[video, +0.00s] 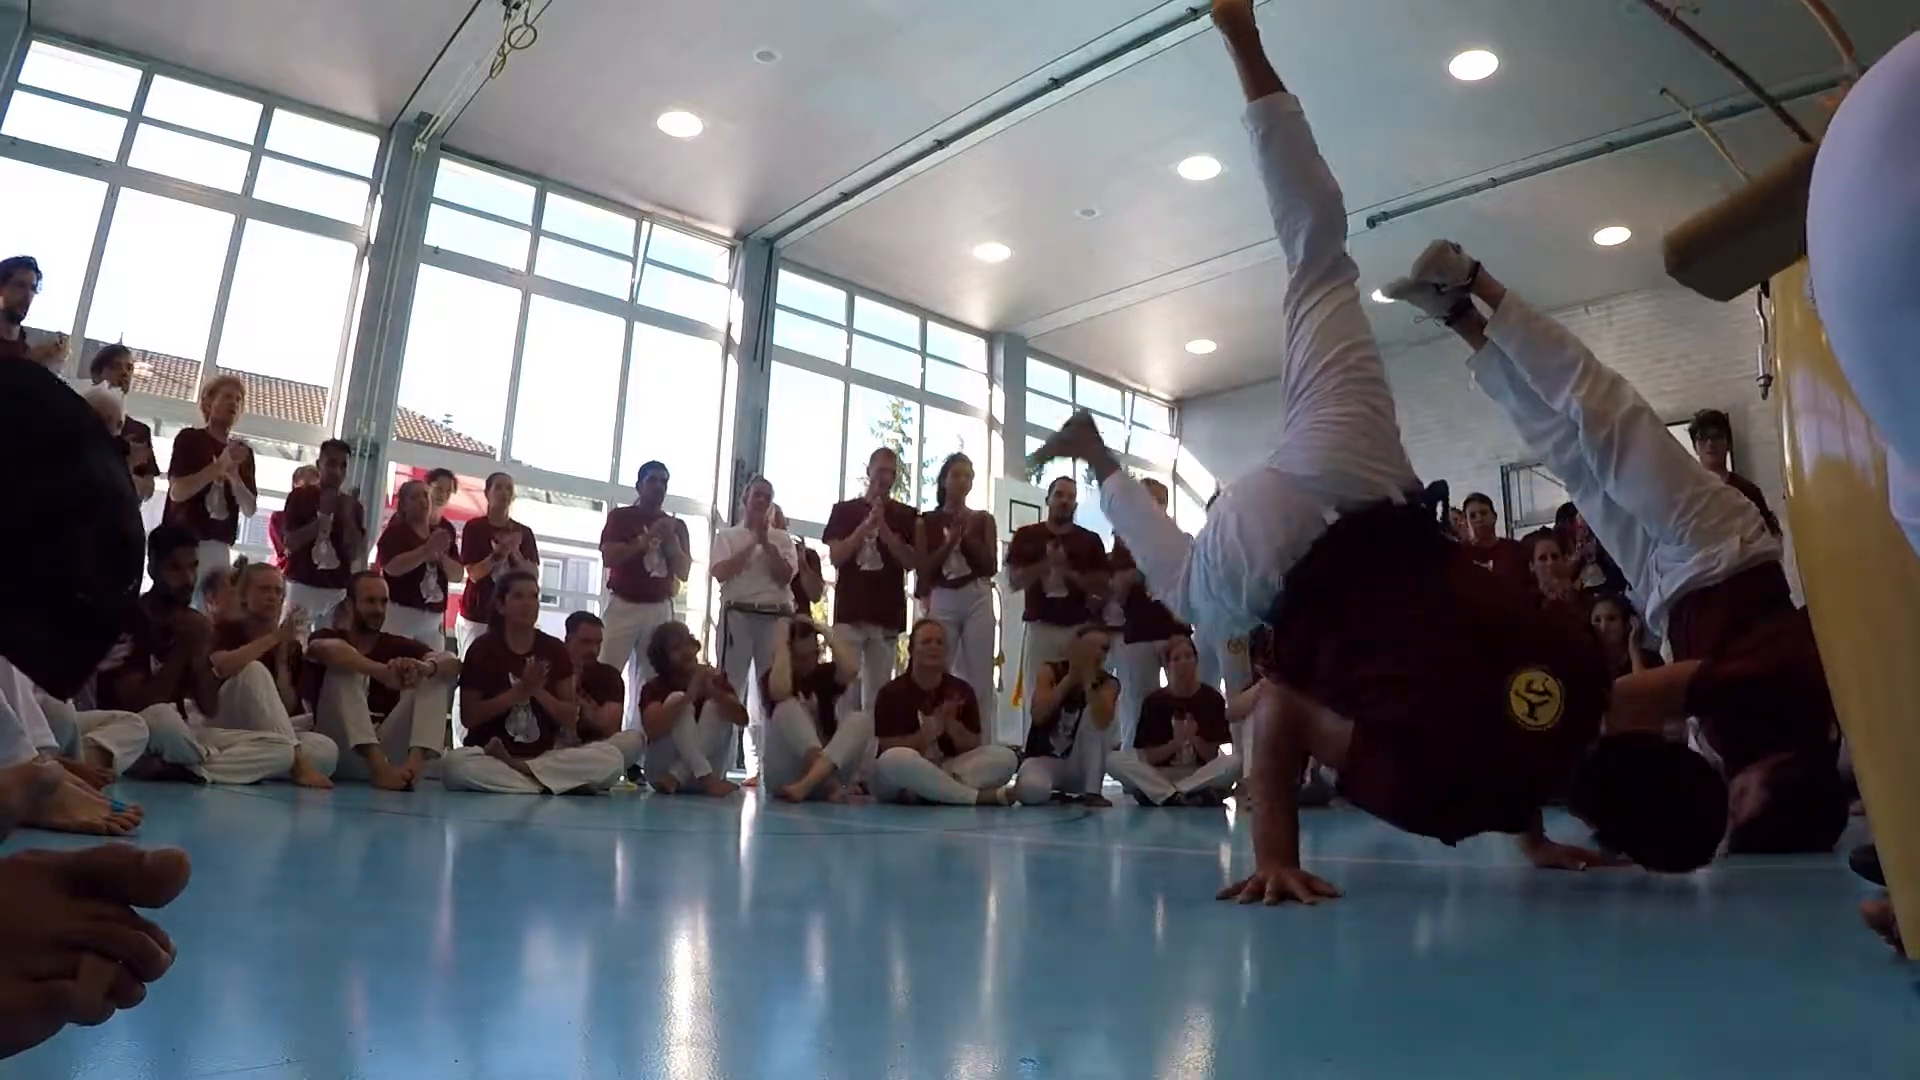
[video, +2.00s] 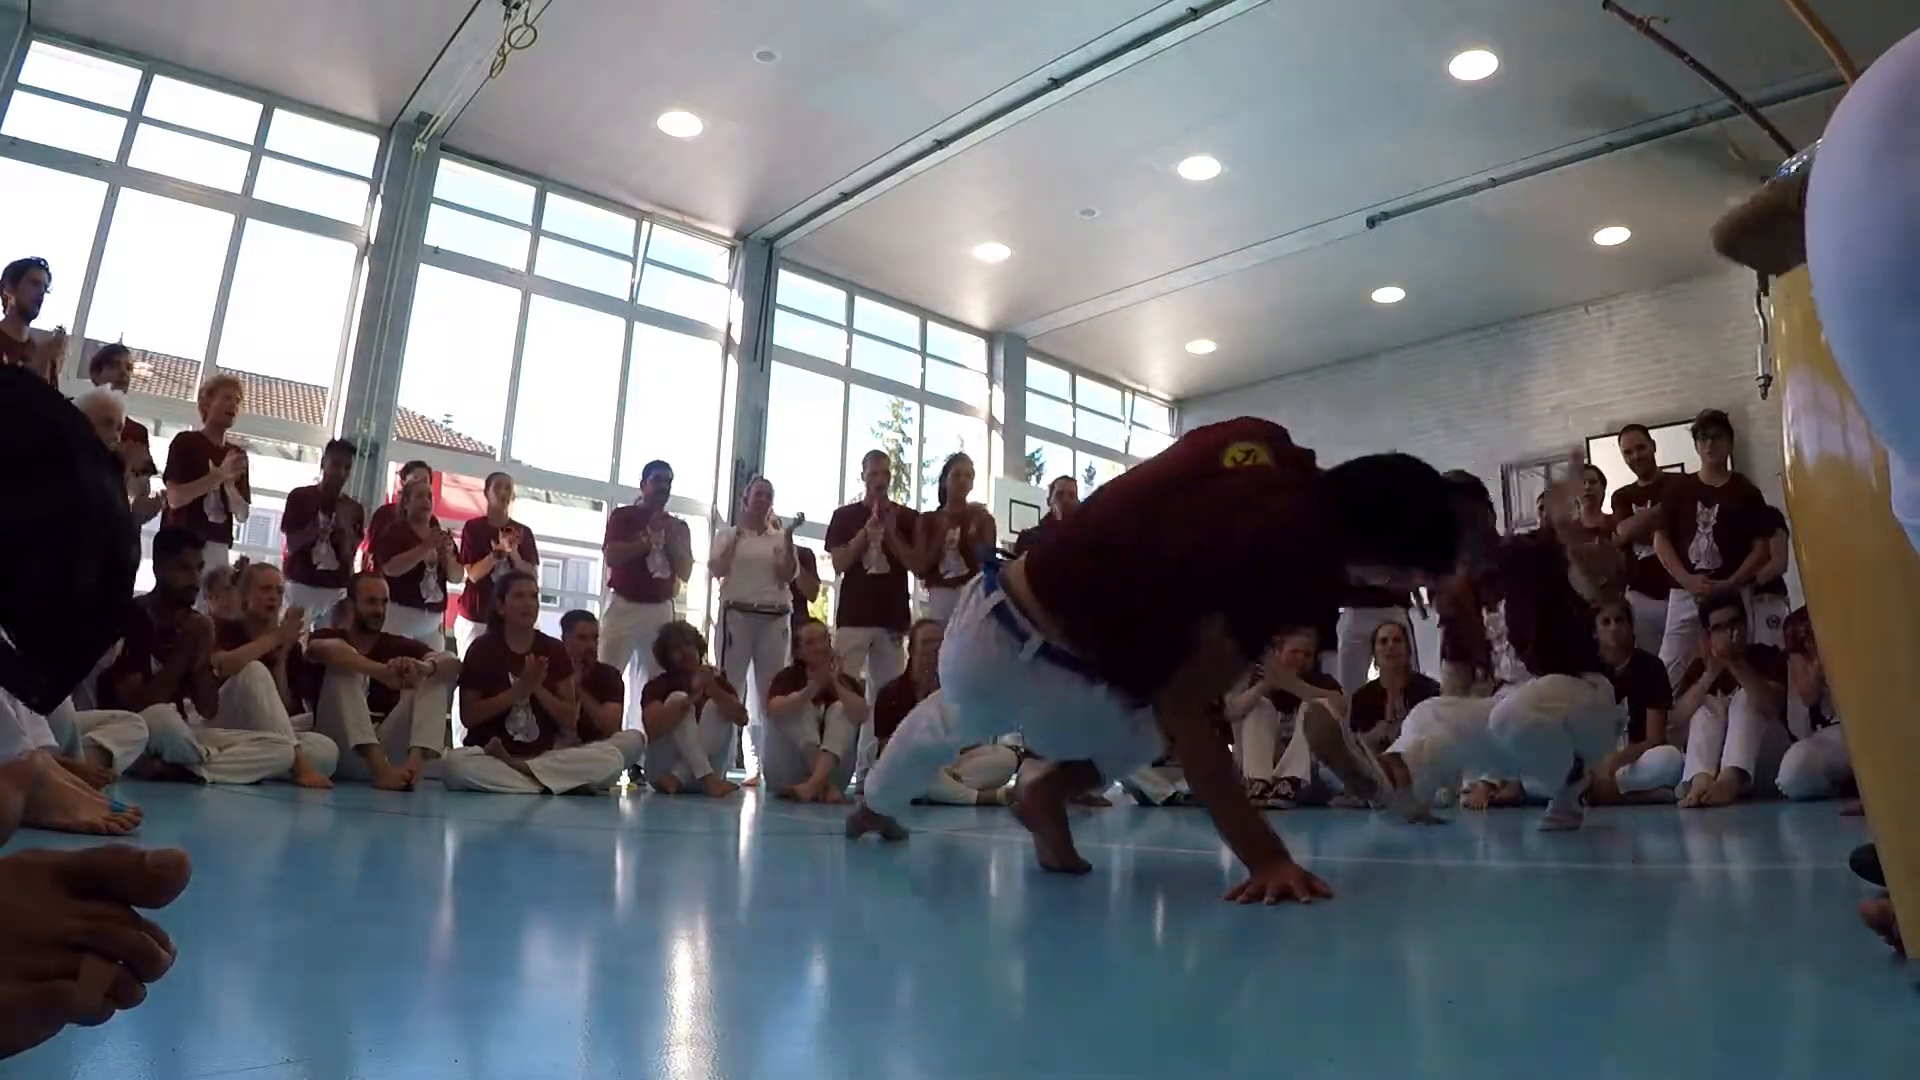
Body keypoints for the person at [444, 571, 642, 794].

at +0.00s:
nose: (529, 603)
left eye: (534, 597)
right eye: (519, 597)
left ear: (540, 603)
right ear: (500, 605)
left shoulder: (556, 649)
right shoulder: (481, 648)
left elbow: (570, 718)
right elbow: (469, 717)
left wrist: (536, 691)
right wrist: (521, 690)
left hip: (546, 756)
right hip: (489, 755)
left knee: (612, 759)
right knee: (455, 766)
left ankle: (522, 766)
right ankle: (548, 786)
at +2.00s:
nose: (528, 603)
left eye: (533, 597)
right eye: (519, 597)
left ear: (539, 603)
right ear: (500, 605)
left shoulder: (554, 649)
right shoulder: (481, 648)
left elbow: (569, 717)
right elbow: (469, 716)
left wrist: (535, 688)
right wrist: (519, 690)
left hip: (546, 756)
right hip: (488, 756)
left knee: (613, 758)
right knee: (454, 765)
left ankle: (522, 766)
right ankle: (550, 786)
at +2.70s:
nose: (534, 598)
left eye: (539, 592)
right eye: (524, 592)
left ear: (544, 600)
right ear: (505, 601)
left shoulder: (558, 648)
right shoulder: (485, 645)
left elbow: (570, 717)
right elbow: (469, 711)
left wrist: (537, 688)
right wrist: (522, 687)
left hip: (545, 755)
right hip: (488, 753)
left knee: (612, 758)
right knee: (455, 765)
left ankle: (523, 766)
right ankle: (549, 786)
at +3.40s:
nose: (544, 600)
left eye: (550, 594)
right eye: (535, 593)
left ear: (554, 604)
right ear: (514, 603)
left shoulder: (564, 651)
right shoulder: (490, 645)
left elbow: (575, 720)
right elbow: (475, 711)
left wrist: (546, 688)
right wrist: (529, 689)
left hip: (549, 757)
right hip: (492, 755)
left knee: (612, 759)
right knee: (454, 766)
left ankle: (521, 766)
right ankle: (550, 786)